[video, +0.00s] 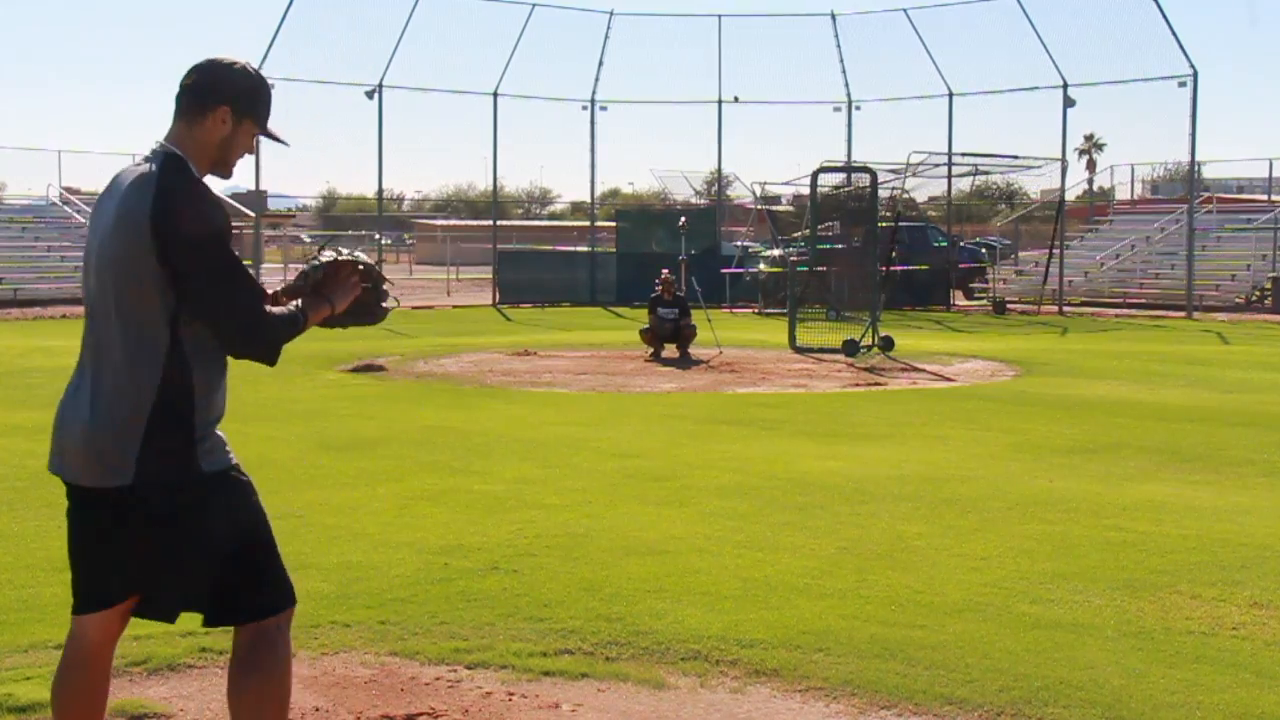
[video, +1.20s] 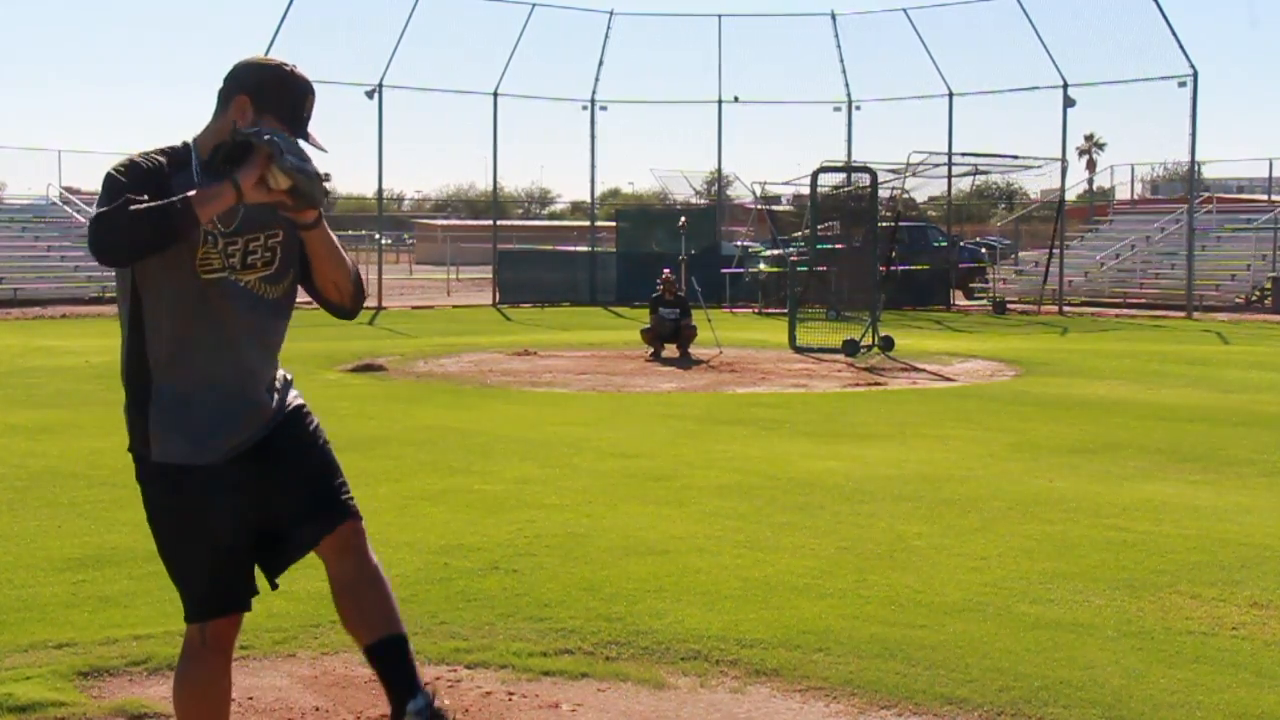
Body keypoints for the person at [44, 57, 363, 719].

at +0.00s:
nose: (248, 152)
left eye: (255, 140)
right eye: (251, 135)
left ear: (191, 115)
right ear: (219, 118)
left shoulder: (123, 187)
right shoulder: (183, 197)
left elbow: (183, 311)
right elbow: (252, 333)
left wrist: (282, 294)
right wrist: (321, 304)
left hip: (94, 446)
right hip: (178, 453)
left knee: (97, 618)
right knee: (266, 611)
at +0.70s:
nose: (246, 166)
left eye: (252, 156)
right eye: (245, 149)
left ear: (209, 126)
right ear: (207, 119)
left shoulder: (196, 203)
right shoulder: (144, 191)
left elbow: (239, 314)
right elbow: (195, 303)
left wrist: (287, 298)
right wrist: (307, 268)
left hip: (137, 446)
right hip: (159, 450)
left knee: (132, 608)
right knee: (243, 612)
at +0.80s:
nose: (260, 155)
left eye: (266, 144)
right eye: (259, 138)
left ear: (225, 120)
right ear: (217, 112)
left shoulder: (231, 203)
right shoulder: (146, 189)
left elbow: (277, 315)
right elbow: (190, 295)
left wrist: (320, 267)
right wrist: (287, 265)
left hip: (204, 446)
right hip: (159, 448)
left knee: (183, 614)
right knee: (236, 615)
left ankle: (120, 717)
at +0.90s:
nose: (268, 148)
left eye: (274, 136)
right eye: (265, 131)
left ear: (236, 118)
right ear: (221, 107)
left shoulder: (250, 203)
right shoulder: (144, 186)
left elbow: (301, 313)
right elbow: (182, 286)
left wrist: (323, 256)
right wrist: (290, 243)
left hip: (232, 440)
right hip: (162, 447)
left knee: (279, 591)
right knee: (222, 622)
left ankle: (165, 711)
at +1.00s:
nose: (275, 147)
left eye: (280, 134)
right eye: (271, 129)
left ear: (241, 116)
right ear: (227, 106)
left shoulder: (259, 198)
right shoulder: (141, 182)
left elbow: (317, 310)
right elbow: (148, 271)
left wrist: (318, 247)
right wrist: (268, 228)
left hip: (254, 433)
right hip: (171, 444)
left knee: (322, 575)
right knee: (220, 620)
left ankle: (244, 712)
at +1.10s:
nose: (282, 147)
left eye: (288, 134)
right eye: (276, 128)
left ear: (250, 118)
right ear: (231, 107)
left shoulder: (271, 196)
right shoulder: (138, 178)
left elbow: (333, 308)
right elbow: (123, 253)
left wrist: (309, 229)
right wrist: (244, 210)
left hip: (259, 419)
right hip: (174, 443)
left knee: (338, 557)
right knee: (216, 620)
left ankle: (340, 717)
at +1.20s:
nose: (284, 150)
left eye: (294, 139)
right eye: (279, 133)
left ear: (294, 140)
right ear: (239, 111)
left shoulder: (281, 190)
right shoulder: (149, 174)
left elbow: (348, 301)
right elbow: (109, 241)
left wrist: (306, 215)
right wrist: (229, 190)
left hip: (270, 410)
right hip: (182, 439)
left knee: (344, 532)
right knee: (215, 618)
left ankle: (412, 701)